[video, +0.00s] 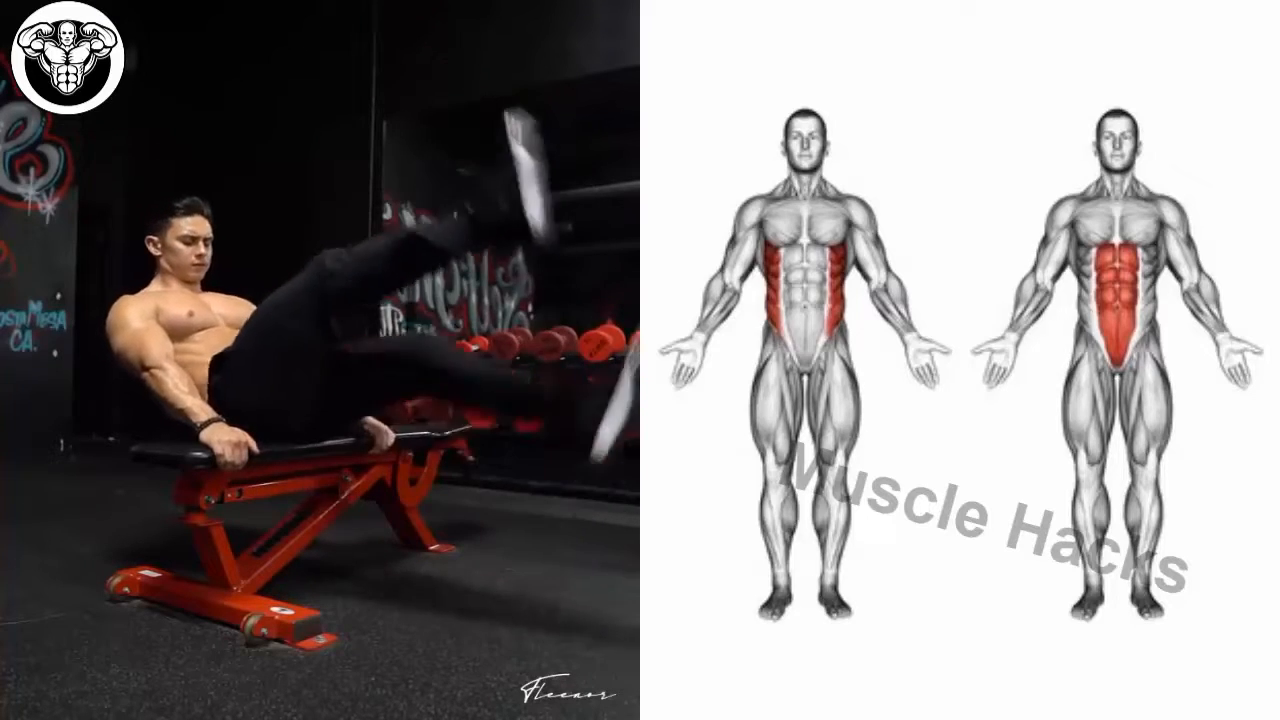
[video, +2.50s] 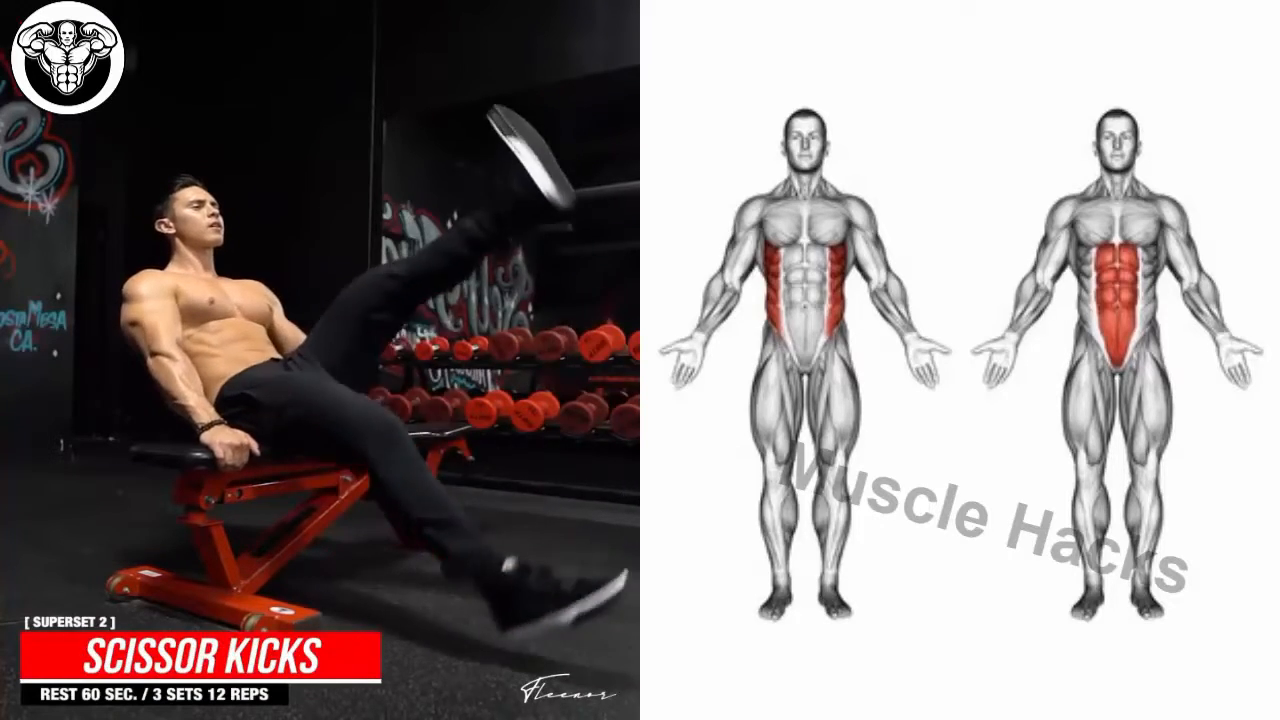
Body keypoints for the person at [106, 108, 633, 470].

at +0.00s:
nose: (201, 253)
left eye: (206, 243)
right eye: (188, 243)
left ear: (209, 247)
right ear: (156, 248)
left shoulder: (237, 306)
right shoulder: (131, 310)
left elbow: (300, 363)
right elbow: (159, 371)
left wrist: (357, 419)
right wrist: (208, 424)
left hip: (296, 401)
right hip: (240, 393)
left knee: (419, 353)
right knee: (325, 274)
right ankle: (503, 222)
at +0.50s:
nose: (214, 244)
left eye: (219, 235)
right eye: (202, 233)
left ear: (222, 242)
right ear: (168, 236)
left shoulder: (245, 299)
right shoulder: (140, 301)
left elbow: (303, 357)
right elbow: (164, 364)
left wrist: (364, 410)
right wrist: (208, 424)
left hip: (296, 383)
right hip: (242, 397)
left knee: (378, 294)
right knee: (368, 366)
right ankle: (535, 458)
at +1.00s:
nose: (215, 239)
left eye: (221, 230)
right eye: (202, 229)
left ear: (225, 235)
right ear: (168, 232)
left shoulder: (251, 293)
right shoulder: (143, 298)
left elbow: (302, 350)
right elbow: (163, 366)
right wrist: (210, 426)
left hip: (302, 396)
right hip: (242, 393)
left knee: (425, 398)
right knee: (336, 299)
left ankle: (539, 532)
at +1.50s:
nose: (221, 228)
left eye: (226, 219)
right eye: (209, 217)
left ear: (229, 228)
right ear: (173, 224)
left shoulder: (251, 291)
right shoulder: (146, 290)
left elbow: (309, 352)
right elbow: (163, 361)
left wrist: (368, 375)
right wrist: (209, 426)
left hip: (294, 378)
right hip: (240, 393)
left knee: (376, 299)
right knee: (371, 400)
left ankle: (535, 241)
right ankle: (510, 534)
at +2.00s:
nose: (208, 213)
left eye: (209, 206)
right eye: (192, 207)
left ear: (213, 225)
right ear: (162, 227)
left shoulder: (253, 289)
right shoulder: (144, 290)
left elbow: (306, 340)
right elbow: (160, 362)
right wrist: (208, 424)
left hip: (311, 397)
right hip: (245, 395)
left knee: (435, 422)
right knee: (329, 290)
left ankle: (540, 567)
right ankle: (500, 215)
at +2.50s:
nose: (212, 212)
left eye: (214, 205)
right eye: (197, 205)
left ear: (217, 223)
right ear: (167, 225)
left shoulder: (253, 290)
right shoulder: (150, 284)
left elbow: (310, 353)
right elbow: (164, 355)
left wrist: (372, 405)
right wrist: (209, 425)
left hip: (300, 375)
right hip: (246, 388)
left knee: (376, 290)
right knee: (375, 425)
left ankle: (517, 210)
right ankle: (501, 584)